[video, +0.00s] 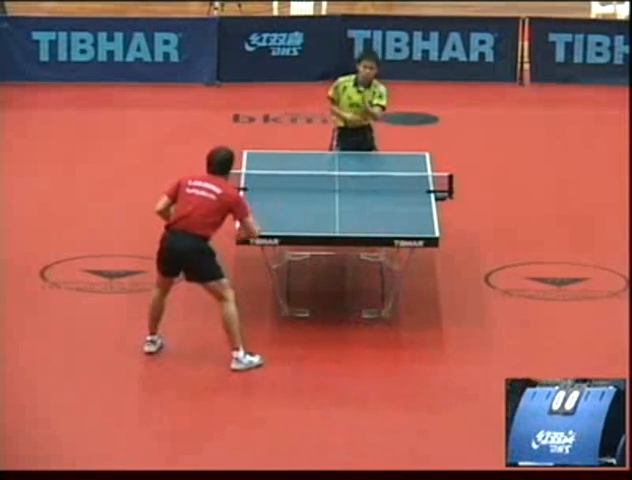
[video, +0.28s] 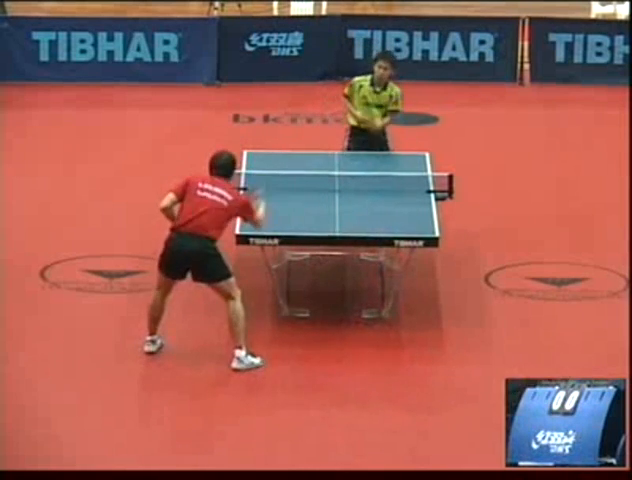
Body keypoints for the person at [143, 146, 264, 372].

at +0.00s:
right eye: (230, 166)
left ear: (207, 165)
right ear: (229, 169)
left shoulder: (187, 182)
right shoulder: (231, 195)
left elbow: (161, 208)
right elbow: (251, 230)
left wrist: (175, 223)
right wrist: (242, 235)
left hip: (171, 240)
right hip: (197, 244)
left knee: (161, 289)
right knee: (226, 297)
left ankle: (151, 338)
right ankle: (238, 354)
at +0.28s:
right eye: (232, 169)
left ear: (210, 169)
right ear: (233, 172)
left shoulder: (192, 182)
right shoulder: (236, 198)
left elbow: (165, 205)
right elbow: (257, 222)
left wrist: (179, 225)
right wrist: (259, 207)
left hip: (177, 241)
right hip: (205, 246)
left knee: (161, 290)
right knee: (233, 297)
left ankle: (151, 338)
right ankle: (241, 353)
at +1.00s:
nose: (236, 187)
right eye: (237, 183)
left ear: (214, 179)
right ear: (236, 185)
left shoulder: (196, 192)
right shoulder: (238, 206)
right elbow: (268, 230)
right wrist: (257, 236)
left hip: (176, 249)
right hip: (203, 255)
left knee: (163, 288)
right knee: (243, 297)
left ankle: (151, 338)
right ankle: (246, 355)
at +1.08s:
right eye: (241, 177)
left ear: (220, 175)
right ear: (242, 179)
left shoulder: (201, 187)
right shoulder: (244, 202)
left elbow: (194, 204)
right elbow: (272, 219)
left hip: (180, 245)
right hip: (207, 252)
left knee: (164, 289)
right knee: (243, 297)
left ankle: (151, 338)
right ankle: (246, 355)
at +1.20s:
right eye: (243, 165)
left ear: (220, 164)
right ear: (242, 168)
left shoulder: (201, 179)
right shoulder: (244, 192)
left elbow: (185, 199)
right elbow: (277, 211)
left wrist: (209, 198)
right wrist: (293, 206)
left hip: (184, 240)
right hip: (210, 246)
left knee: (167, 289)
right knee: (243, 296)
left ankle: (153, 338)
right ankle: (246, 355)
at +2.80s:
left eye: (181, 157)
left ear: (178, 160)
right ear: (201, 157)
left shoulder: (169, 183)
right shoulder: (216, 180)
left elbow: (156, 220)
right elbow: (229, 219)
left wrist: (171, 230)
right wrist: (216, 239)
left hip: (177, 239)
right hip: (204, 238)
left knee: (166, 288)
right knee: (229, 298)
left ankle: (160, 339)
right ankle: (249, 352)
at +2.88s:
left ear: (171, 156)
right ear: (193, 153)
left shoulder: (162, 180)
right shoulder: (210, 176)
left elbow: (149, 216)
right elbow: (223, 214)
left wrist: (164, 232)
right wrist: (213, 235)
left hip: (173, 234)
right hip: (201, 233)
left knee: (165, 286)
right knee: (222, 294)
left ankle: (159, 338)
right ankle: (242, 349)